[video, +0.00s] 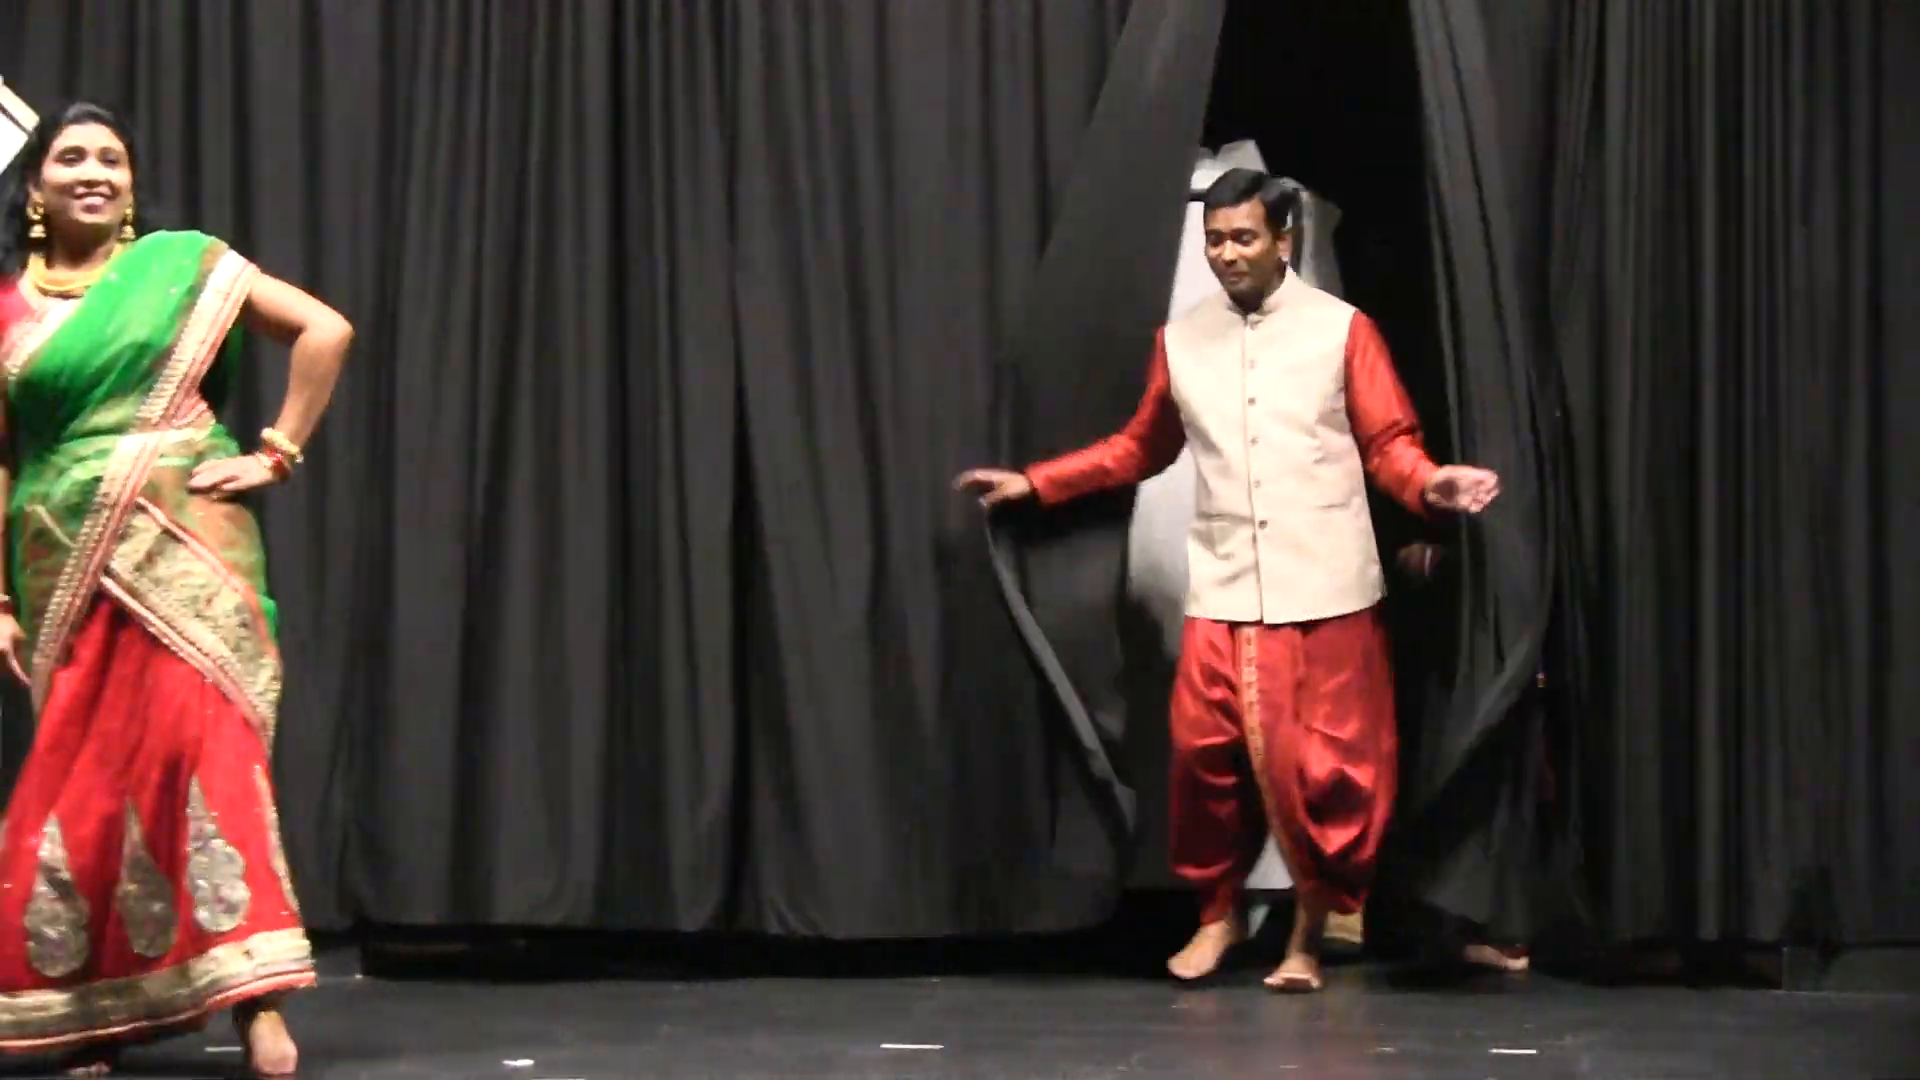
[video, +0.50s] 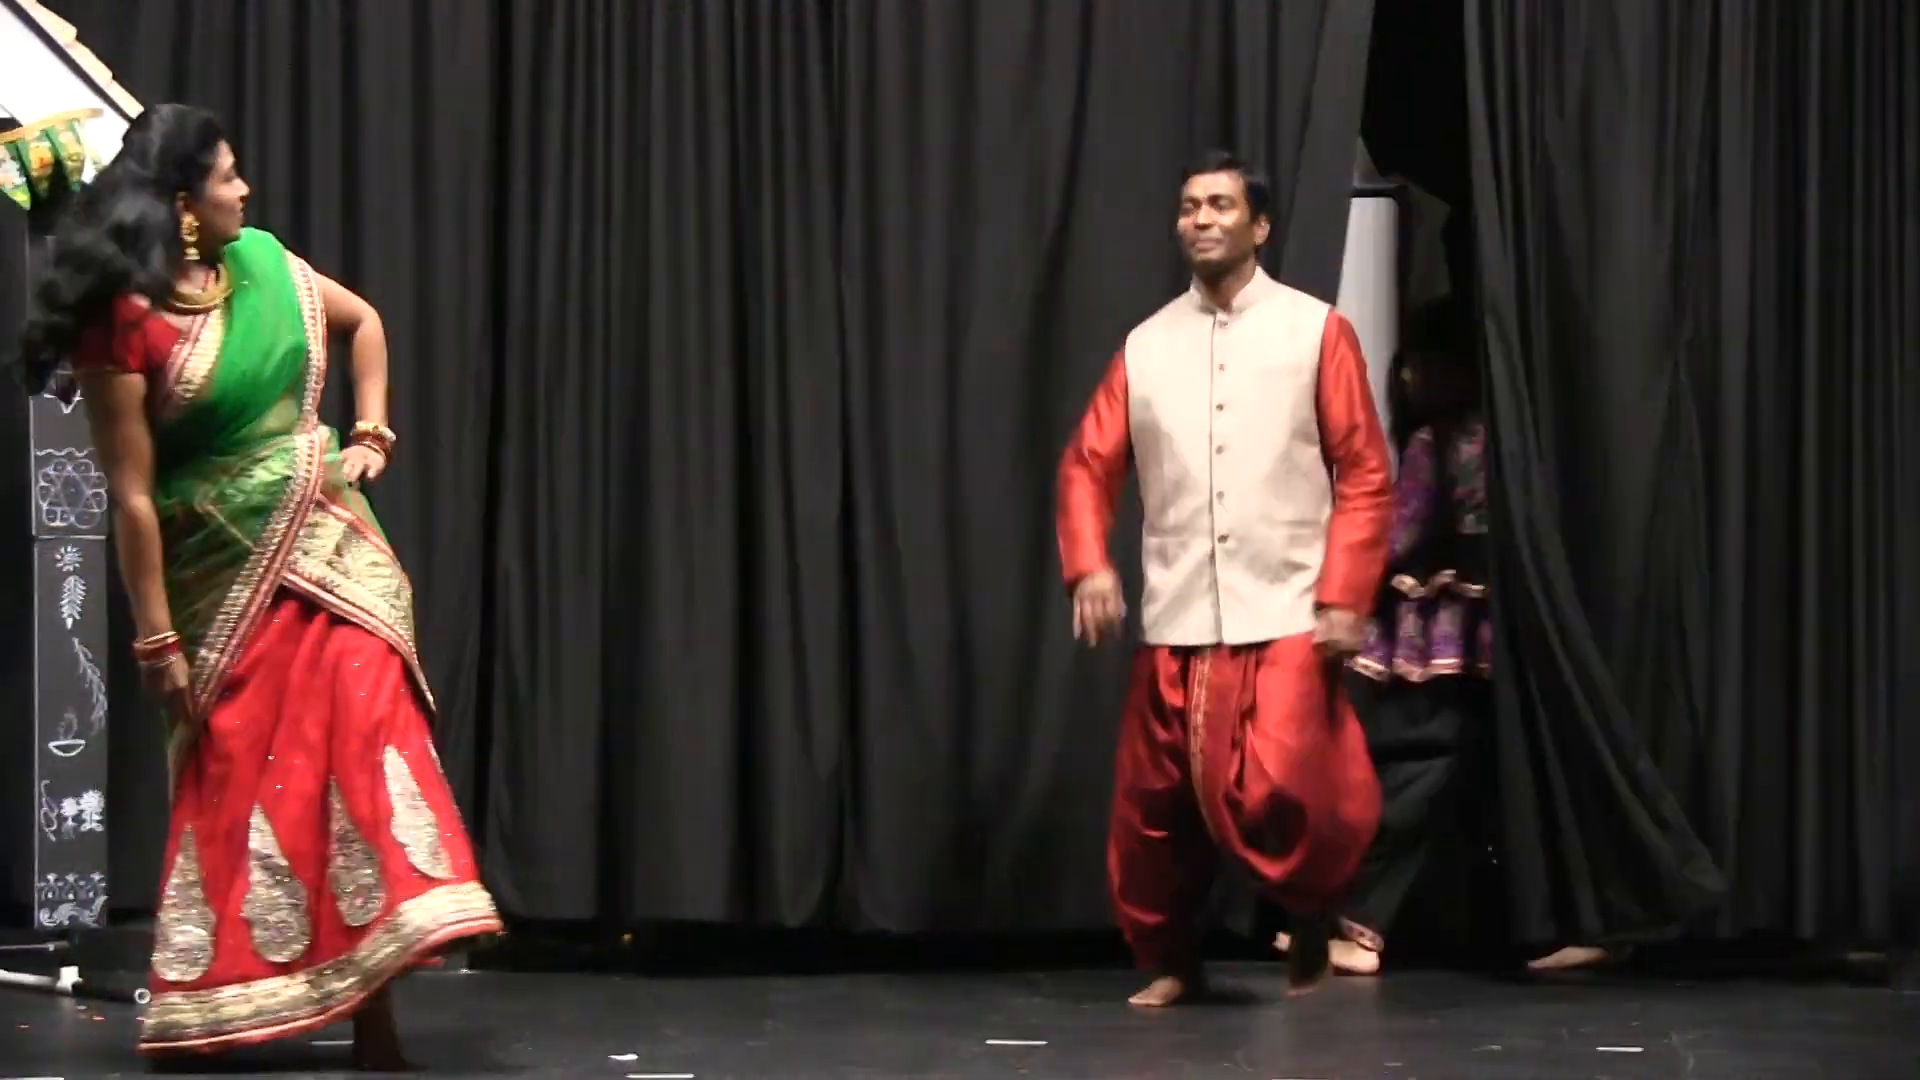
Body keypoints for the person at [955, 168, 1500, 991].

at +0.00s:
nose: (1228, 254)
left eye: (1242, 239)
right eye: (1216, 241)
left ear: (1283, 238)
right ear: (1206, 246)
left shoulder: (1343, 329)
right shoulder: (1182, 340)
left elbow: (1390, 440)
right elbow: (1141, 449)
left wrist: (1428, 482)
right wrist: (1034, 482)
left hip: (1323, 585)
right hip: (1222, 586)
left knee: (1315, 765)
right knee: (1203, 753)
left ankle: (1304, 939)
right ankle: (1219, 919)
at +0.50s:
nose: (1201, 218)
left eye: (1219, 206)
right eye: (1190, 207)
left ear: (1259, 226)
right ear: (1177, 227)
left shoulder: (1317, 331)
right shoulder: (1148, 344)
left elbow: (1364, 473)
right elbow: (1088, 463)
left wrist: (1345, 599)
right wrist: (1090, 566)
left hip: (1286, 607)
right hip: (1177, 611)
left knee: (1274, 788)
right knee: (1155, 802)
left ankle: (1310, 918)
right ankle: (1169, 966)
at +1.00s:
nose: (1215, 142)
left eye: (1237, 128)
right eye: (1204, 126)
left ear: (1277, 149)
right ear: (1187, 143)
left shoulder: (1322, 263)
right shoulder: (1144, 266)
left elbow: (1352, 415)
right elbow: (1104, 415)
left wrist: (1298, 528)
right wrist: (1103, 529)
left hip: (1287, 564)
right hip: (1160, 562)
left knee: (1296, 771)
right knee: (1112, 750)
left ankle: (1300, 978)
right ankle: (1087, 965)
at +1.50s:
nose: (1209, 142)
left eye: (1228, 126)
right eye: (1196, 131)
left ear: (1277, 144)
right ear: (1185, 155)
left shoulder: (1341, 268)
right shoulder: (1157, 281)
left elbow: (1384, 422)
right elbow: (1093, 421)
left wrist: (1371, 582)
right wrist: (1151, 499)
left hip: (1319, 590)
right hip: (1189, 586)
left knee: (1373, 790)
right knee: (1111, 778)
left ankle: (1408, 1004)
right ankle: (1085, 981)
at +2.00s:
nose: (1144, 150)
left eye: (1166, 137)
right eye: (1145, 135)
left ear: (1224, 159)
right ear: (1147, 152)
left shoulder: (1281, 280)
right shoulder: (1095, 271)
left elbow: (1317, 431)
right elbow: (1045, 408)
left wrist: (1275, 570)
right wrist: (1112, 502)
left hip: (1261, 584)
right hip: (1131, 585)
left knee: (1339, 776)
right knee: (1079, 783)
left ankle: (1375, 986)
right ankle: (1052, 980)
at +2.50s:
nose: (1113, 160)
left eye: (1131, 146)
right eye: (1101, 149)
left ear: (1170, 166)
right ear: (1087, 173)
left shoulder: (1224, 282)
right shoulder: (1048, 290)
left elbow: (1261, 417)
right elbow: (1011, 431)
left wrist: (1198, 546)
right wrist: (1026, 565)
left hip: (1200, 579)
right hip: (1074, 584)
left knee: (1273, 763)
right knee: (1043, 774)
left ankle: (1315, 956)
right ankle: (1031, 955)